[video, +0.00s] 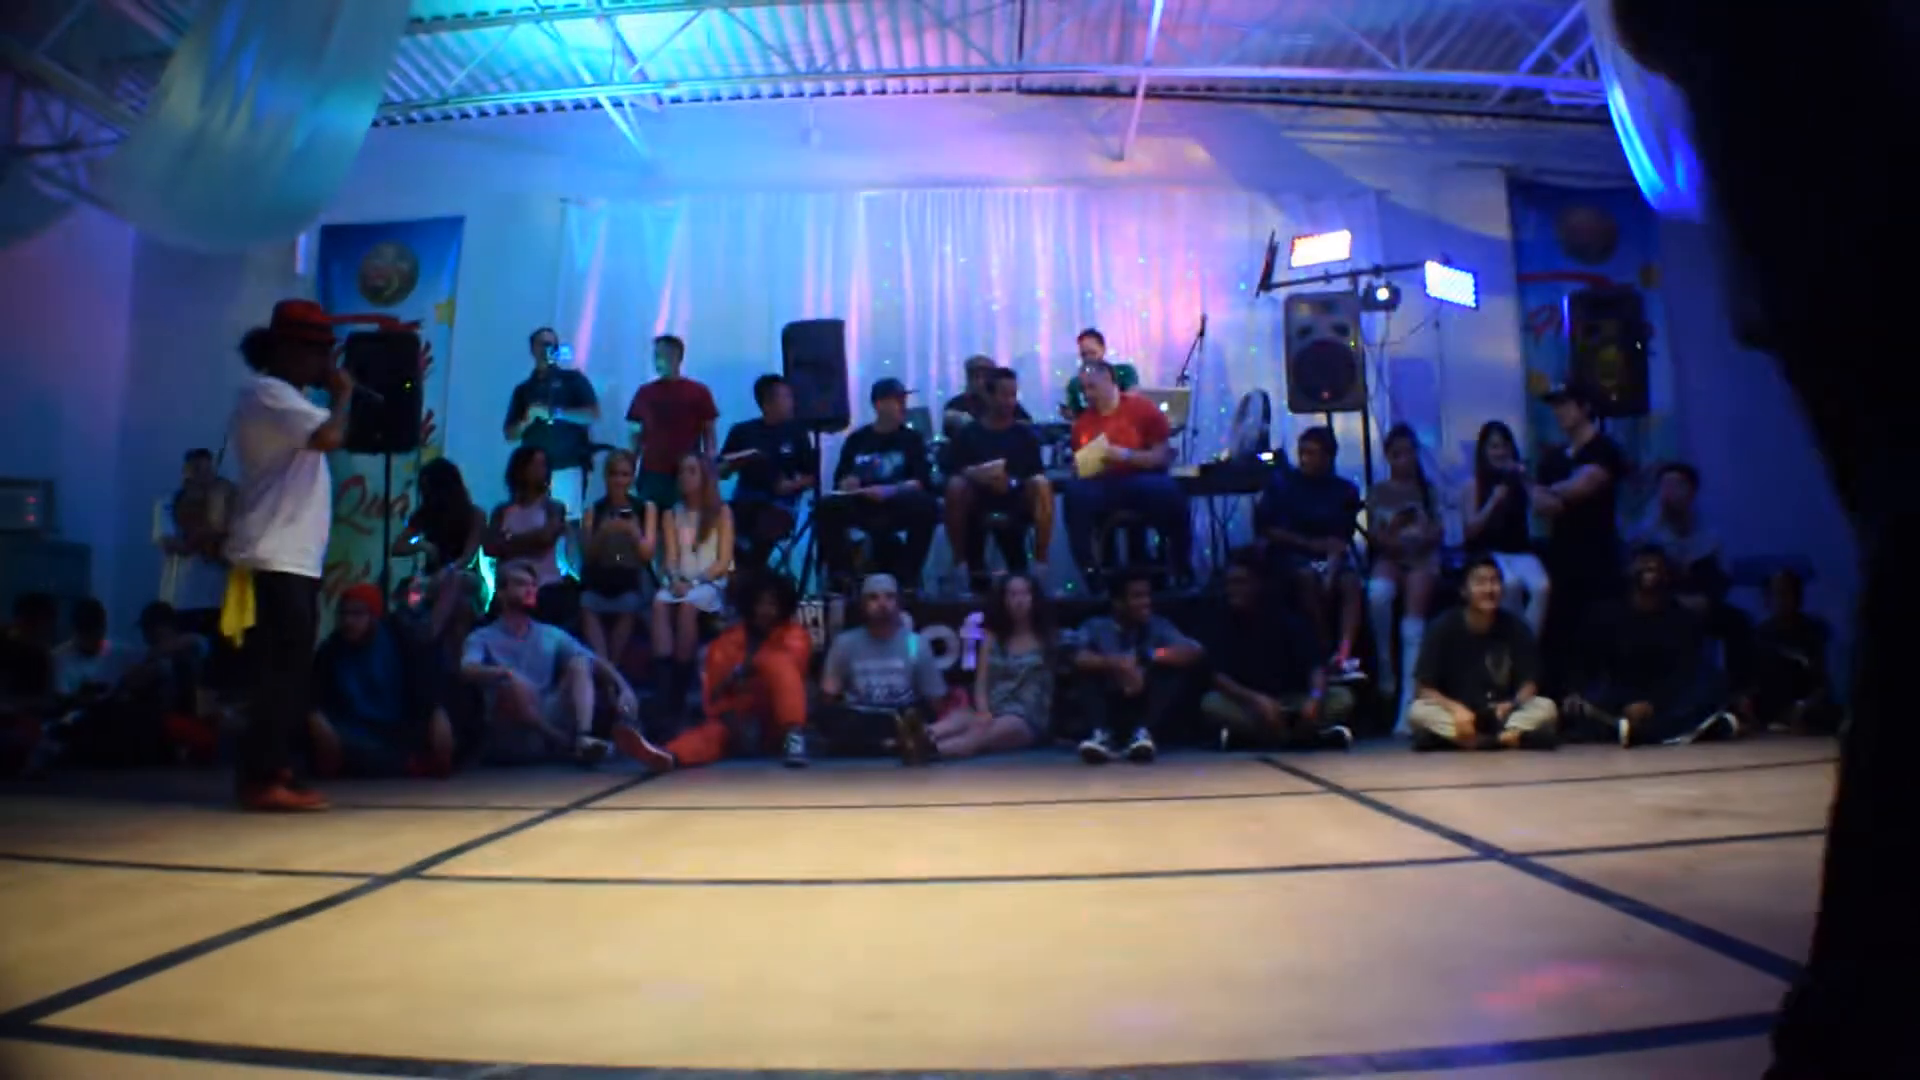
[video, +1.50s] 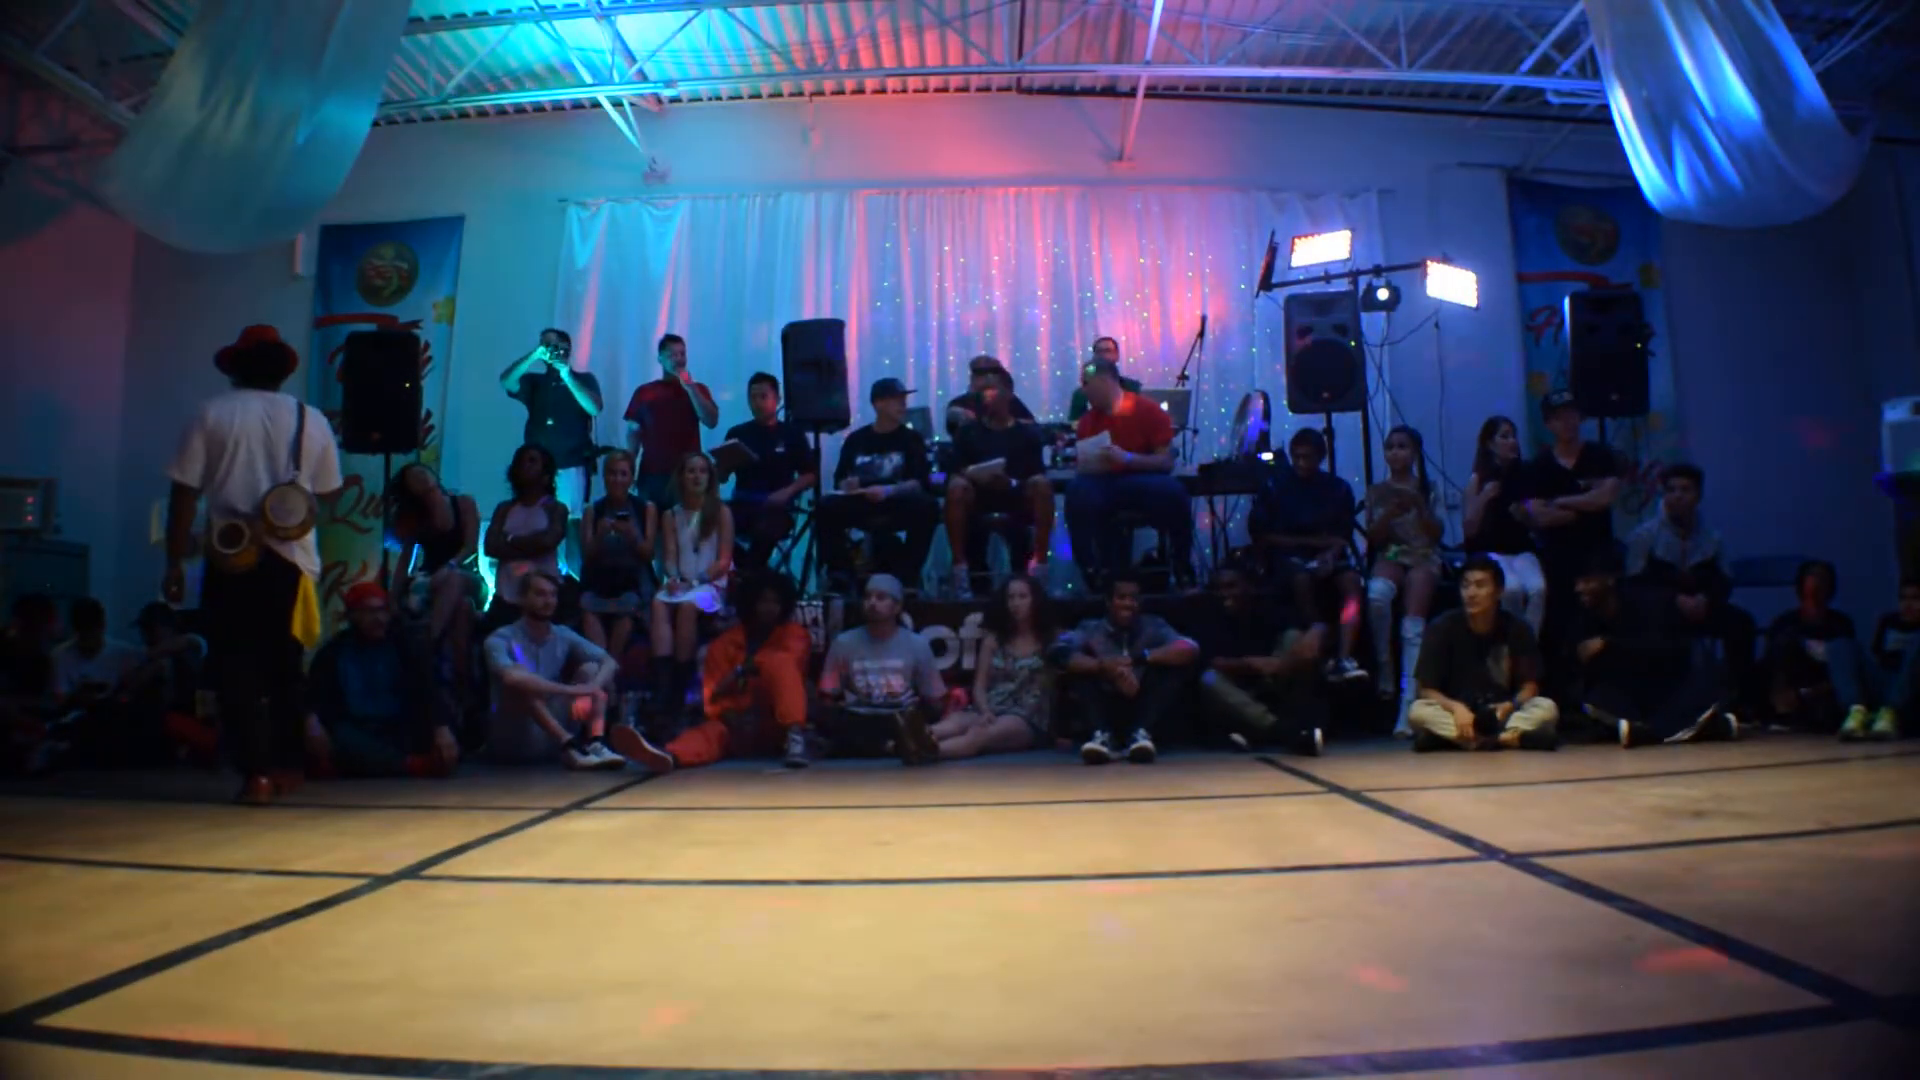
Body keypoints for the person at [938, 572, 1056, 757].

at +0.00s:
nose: (1020, 601)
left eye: (1026, 594)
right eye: (1013, 595)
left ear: (1034, 598)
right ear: (1004, 600)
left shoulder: (1045, 638)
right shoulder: (993, 638)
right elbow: (981, 682)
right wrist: (983, 713)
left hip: (1028, 713)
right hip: (993, 709)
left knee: (982, 737)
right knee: (960, 718)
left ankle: (933, 750)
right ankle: (924, 736)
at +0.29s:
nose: (1013, 605)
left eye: (1019, 598)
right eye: (1007, 599)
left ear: (1031, 601)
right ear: (999, 604)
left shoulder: (1045, 639)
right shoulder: (992, 640)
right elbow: (979, 686)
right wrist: (985, 715)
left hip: (1027, 713)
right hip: (992, 709)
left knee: (985, 733)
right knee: (959, 718)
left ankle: (936, 750)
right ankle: (924, 734)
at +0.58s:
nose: (1000, 606)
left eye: (1006, 599)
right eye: (996, 600)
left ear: (1020, 600)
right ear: (991, 603)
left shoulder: (1038, 637)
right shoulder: (984, 638)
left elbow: (1049, 680)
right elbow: (974, 684)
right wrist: (986, 711)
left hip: (1026, 712)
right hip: (990, 708)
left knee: (982, 735)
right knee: (958, 719)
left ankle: (932, 752)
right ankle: (920, 737)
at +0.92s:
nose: (1002, 605)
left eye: (1008, 598)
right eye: (997, 598)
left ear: (1021, 600)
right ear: (990, 602)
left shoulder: (1036, 637)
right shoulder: (979, 637)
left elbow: (1042, 685)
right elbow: (971, 685)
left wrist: (1048, 724)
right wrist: (985, 713)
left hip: (1021, 711)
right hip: (986, 709)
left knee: (983, 735)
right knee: (960, 719)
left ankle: (935, 752)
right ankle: (922, 737)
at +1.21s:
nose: (1011, 605)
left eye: (1017, 597)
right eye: (1006, 599)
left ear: (1031, 600)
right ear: (1000, 603)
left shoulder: (1046, 638)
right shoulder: (992, 640)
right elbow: (980, 686)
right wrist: (986, 712)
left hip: (1028, 713)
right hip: (993, 710)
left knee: (984, 735)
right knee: (958, 720)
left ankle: (932, 752)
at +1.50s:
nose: (1016, 603)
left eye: (1022, 597)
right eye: (1011, 597)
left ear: (1036, 600)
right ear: (1004, 602)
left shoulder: (1049, 640)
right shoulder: (993, 640)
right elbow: (979, 687)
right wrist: (986, 712)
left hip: (1030, 715)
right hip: (993, 711)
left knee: (980, 736)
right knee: (957, 721)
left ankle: (930, 752)